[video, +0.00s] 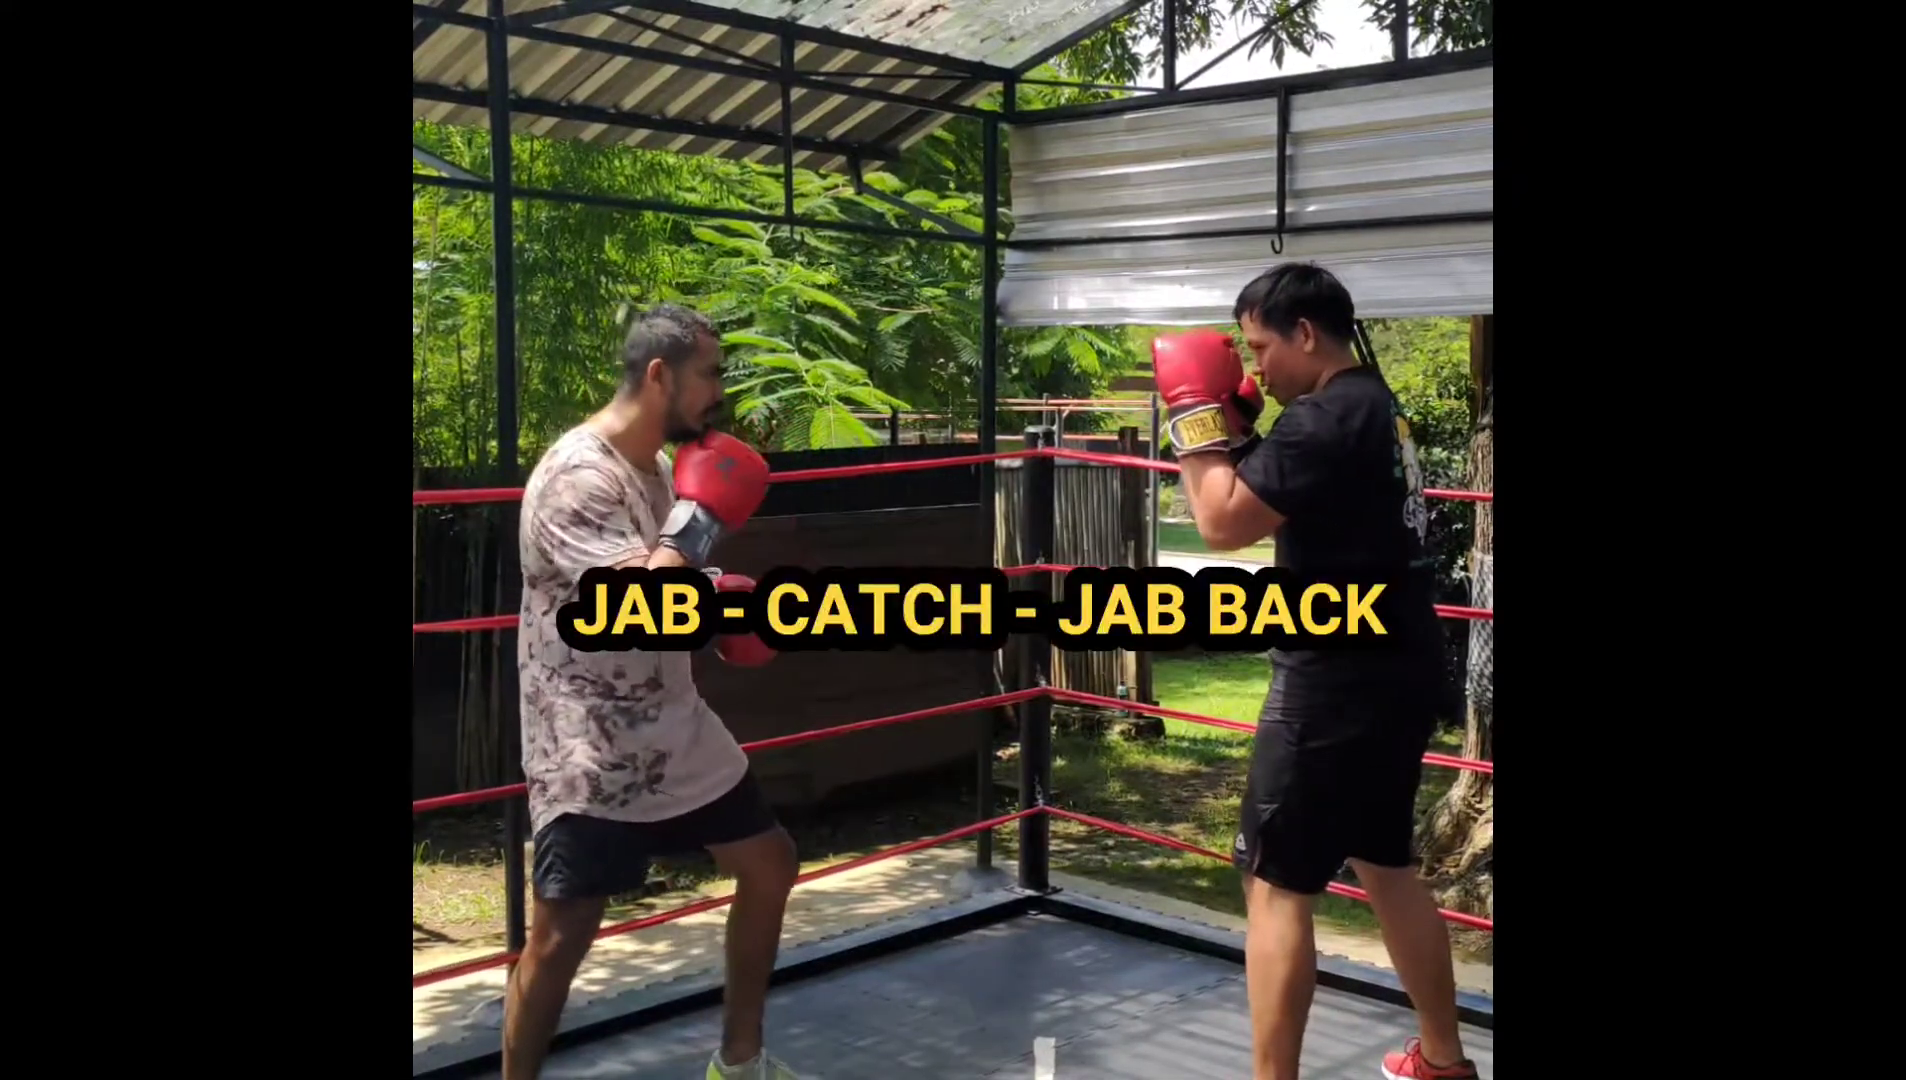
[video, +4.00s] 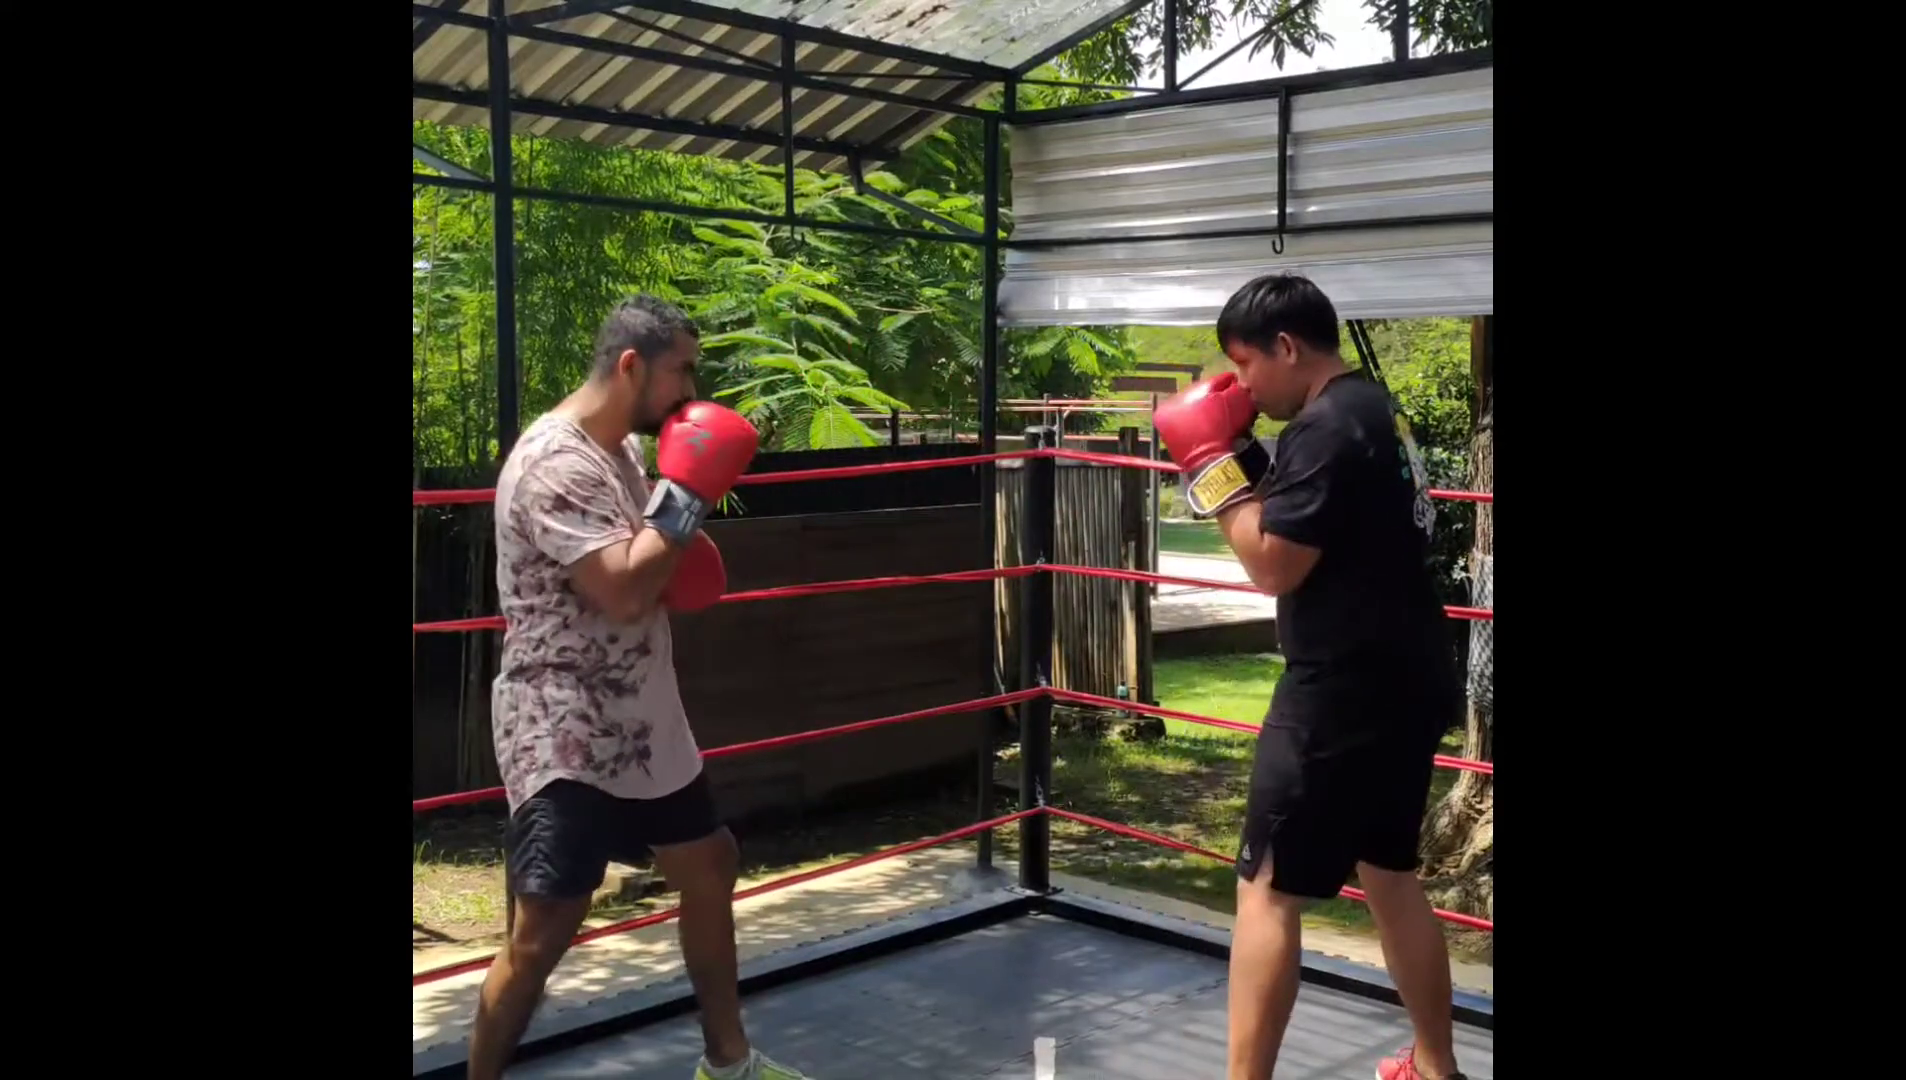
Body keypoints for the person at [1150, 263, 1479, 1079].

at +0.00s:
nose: (1255, 369)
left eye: (1257, 349)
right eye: (1248, 354)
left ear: (1306, 335)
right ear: (1320, 335)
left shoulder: (1329, 418)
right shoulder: (1367, 403)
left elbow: (1224, 522)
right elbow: (1272, 501)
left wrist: (1195, 422)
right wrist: (1237, 428)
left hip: (1328, 676)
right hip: (1394, 672)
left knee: (1276, 881)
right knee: (1388, 863)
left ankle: (1273, 1072)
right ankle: (1445, 1056)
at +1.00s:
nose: (1207, 391)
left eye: (1210, 371)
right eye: (1204, 373)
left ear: (1251, 359)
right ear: (1278, 357)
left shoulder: (1281, 430)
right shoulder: (1341, 423)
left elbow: (1261, 559)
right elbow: (1310, 544)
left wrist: (1172, 500)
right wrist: (1225, 469)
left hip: (1289, 692)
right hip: (1378, 695)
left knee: (1191, 872)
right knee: (1390, 874)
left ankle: (1202, 1071)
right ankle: (1459, 1055)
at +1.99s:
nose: (1239, 379)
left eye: (1242, 360)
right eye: (1232, 365)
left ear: (1293, 343)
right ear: (1302, 345)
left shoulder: (1328, 419)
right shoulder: (1356, 404)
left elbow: (1265, 547)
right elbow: (1272, 532)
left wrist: (1205, 451)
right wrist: (1220, 451)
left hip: (1336, 683)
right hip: (1390, 680)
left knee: (1281, 884)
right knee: (1392, 873)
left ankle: (1249, 1072)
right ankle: (1433, 1059)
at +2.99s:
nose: (1196, 399)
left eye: (1198, 378)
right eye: (1192, 381)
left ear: (1237, 366)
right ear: (1265, 361)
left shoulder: (1276, 435)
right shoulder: (1331, 416)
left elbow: (1259, 577)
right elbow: (1285, 528)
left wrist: (1173, 509)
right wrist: (1202, 464)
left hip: (1280, 697)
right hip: (1365, 695)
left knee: (1187, 877)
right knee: (1368, 872)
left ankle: (1200, 1071)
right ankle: (1430, 1059)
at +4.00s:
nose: (1239, 384)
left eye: (1241, 366)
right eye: (1232, 371)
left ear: (1290, 348)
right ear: (1305, 348)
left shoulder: (1328, 426)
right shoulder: (1364, 405)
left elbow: (1274, 566)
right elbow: (1300, 523)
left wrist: (1209, 464)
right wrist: (1240, 450)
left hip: (1335, 689)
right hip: (1404, 684)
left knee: (1267, 888)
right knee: (1388, 874)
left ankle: (1246, 1072)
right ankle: (1436, 1063)